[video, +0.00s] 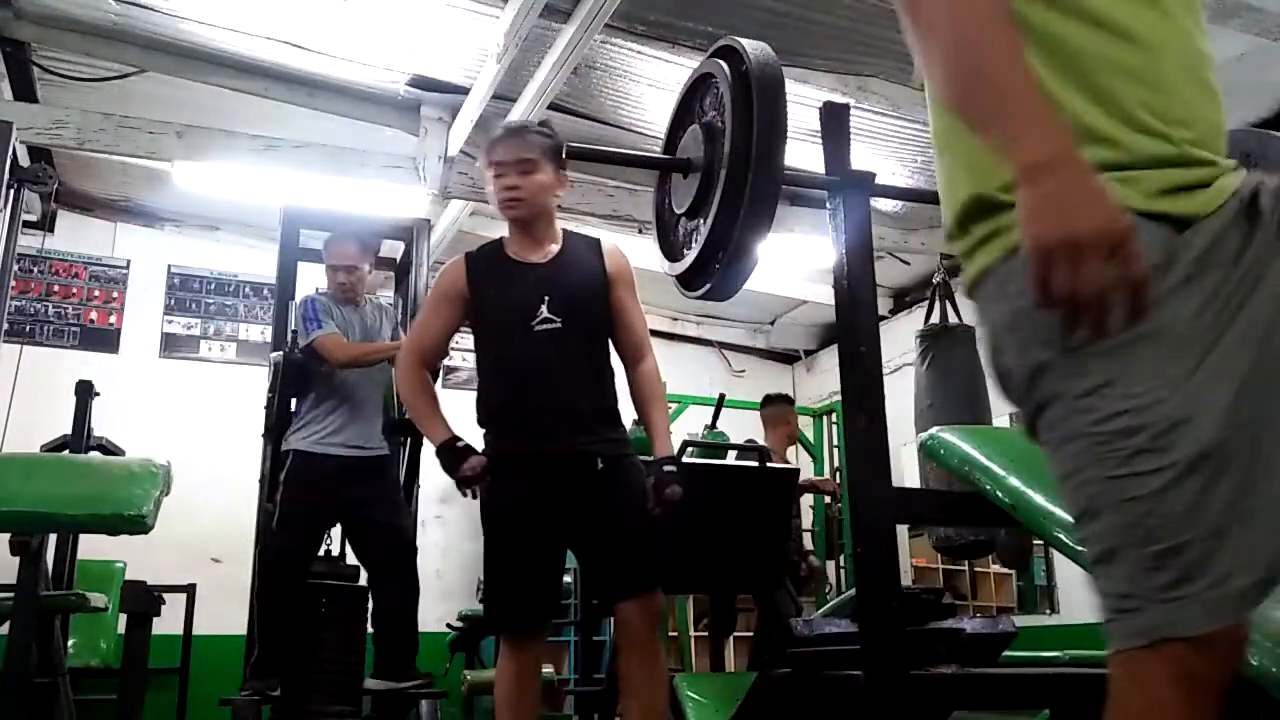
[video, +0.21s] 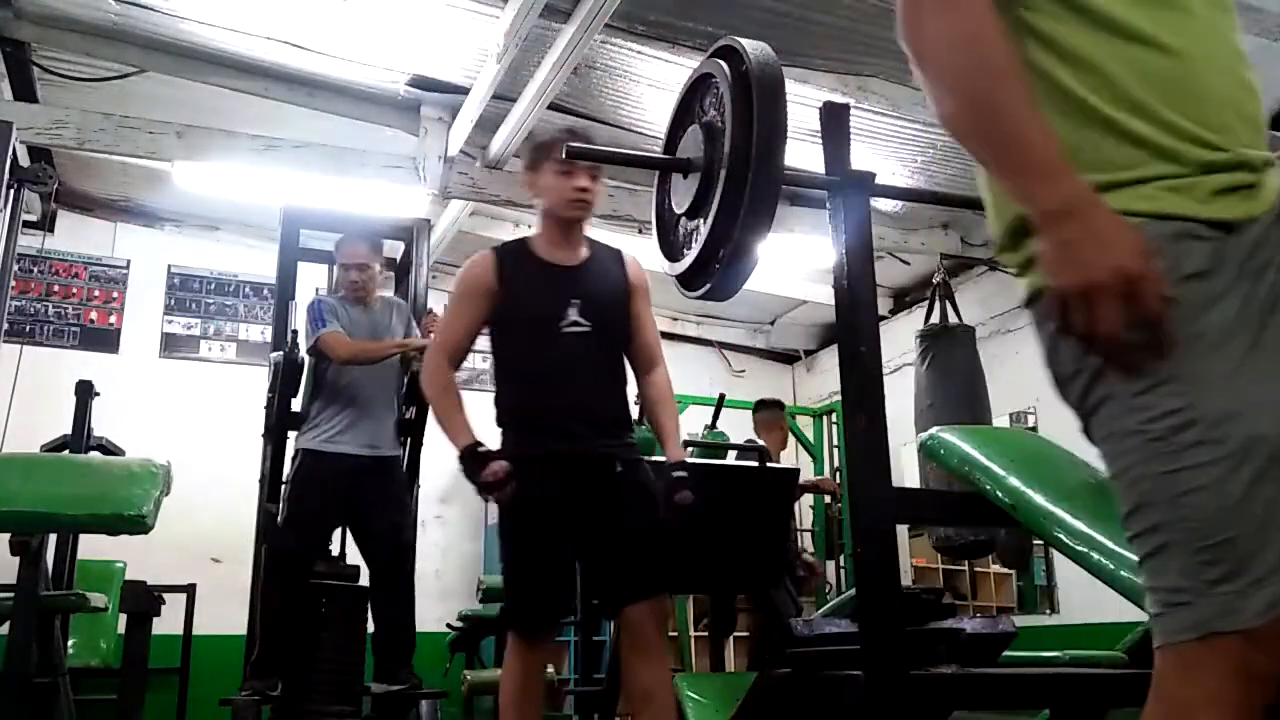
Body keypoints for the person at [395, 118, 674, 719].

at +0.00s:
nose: (507, 183)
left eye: (524, 170)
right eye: (496, 173)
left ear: (560, 180)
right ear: (486, 183)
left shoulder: (605, 262)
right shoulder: (466, 274)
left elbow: (640, 360)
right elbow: (410, 366)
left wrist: (663, 457)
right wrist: (451, 448)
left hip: (604, 470)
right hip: (515, 474)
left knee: (642, 615)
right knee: (520, 637)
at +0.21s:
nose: (583, 184)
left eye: (592, 175)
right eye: (567, 171)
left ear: (601, 187)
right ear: (533, 180)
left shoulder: (624, 273)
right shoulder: (491, 270)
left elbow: (651, 370)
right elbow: (436, 364)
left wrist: (676, 459)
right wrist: (472, 450)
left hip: (616, 473)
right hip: (532, 475)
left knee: (645, 625)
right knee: (531, 639)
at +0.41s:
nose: (644, 192)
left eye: (646, 183)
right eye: (629, 179)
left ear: (645, 196)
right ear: (588, 187)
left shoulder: (656, 286)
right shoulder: (544, 264)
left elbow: (671, 384)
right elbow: (487, 349)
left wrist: (701, 464)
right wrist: (531, 435)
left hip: (643, 476)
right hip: (569, 474)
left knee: (647, 631)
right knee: (551, 636)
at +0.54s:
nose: (663, 193)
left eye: (667, 182)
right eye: (650, 181)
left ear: (672, 197)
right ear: (620, 194)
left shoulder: (673, 296)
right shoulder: (584, 259)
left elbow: (688, 398)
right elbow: (533, 343)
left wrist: (721, 467)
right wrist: (589, 432)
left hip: (664, 473)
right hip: (597, 468)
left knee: (659, 628)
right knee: (575, 634)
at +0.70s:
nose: (690, 209)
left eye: (693, 199)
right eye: (680, 194)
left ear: (695, 210)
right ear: (658, 200)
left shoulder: (686, 281)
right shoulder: (631, 252)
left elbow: (685, 400)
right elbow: (601, 335)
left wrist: (740, 444)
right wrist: (661, 426)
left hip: (678, 468)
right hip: (633, 465)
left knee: (669, 624)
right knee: (636, 619)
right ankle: (572, 716)